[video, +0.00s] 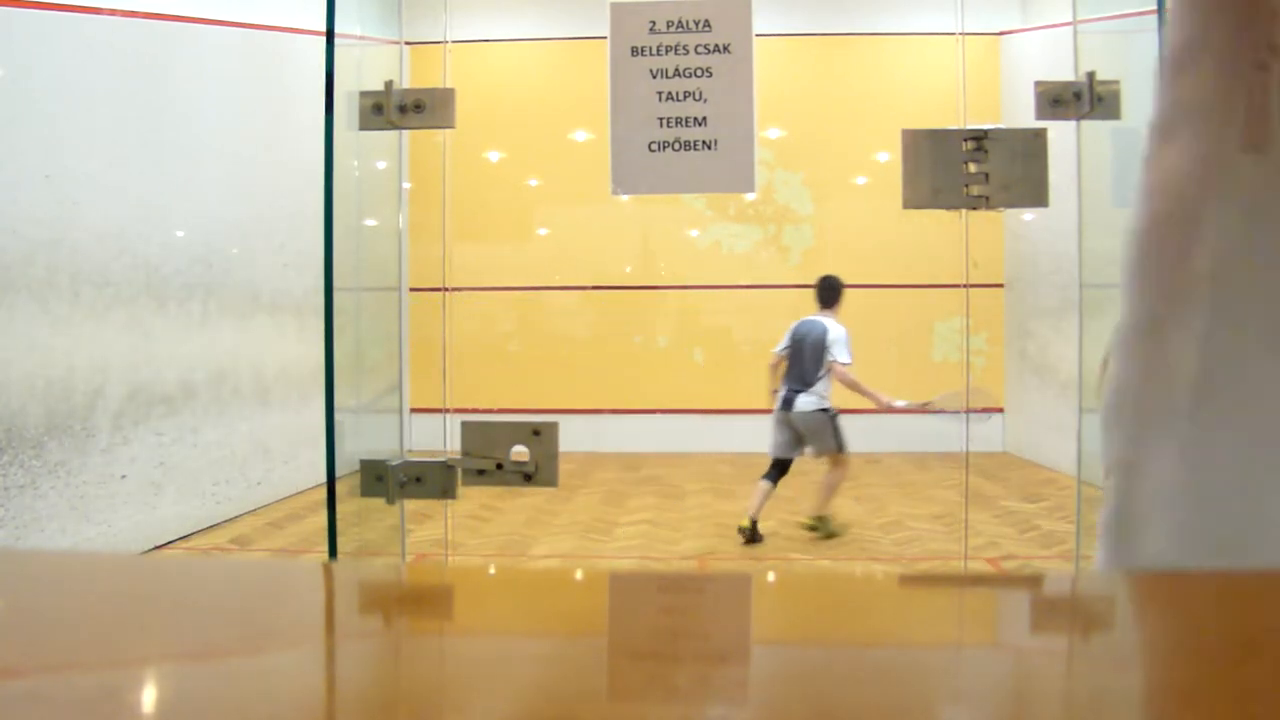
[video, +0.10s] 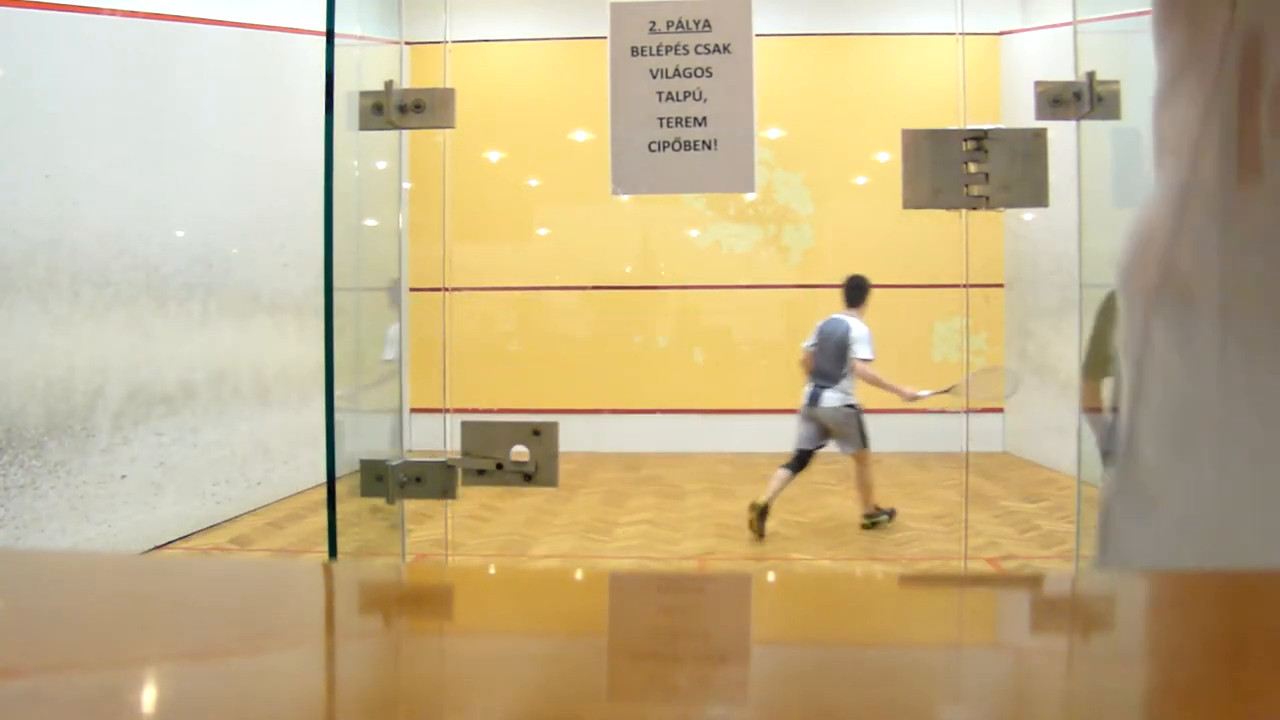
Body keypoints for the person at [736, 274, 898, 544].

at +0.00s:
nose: (839, 300)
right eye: (840, 296)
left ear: (817, 297)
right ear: (839, 298)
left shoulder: (799, 326)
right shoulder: (836, 330)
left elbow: (775, 361)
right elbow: (840, 374)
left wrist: (775, 391)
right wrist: (876, 398)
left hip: (785, 407)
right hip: (813, 409)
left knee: (778, 465)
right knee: (839, 461)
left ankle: (750, 521)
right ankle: (819, 515)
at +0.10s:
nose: (867, 301)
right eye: (867, 296)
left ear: (844, 297)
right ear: (865, 298)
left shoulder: (825, 323)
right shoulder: (858, 329)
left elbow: (805, 357)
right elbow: (860, 370)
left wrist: (819, 382)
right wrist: (901, 391)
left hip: (812, 400)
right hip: (840, 404)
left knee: (799, 458)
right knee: (862, 457)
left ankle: (763, 503)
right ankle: (870, 511)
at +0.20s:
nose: (892, 307)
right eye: (892, 303)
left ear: (869, 302)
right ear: (890, 305)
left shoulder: (848, 328)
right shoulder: (879, 334)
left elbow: (830, 359)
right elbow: (885, 375)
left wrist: (843, 384)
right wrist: (925, 390)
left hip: (835, 405)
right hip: (861, 407)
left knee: (834, 462)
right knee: (886, 457)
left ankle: (800, 486)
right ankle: (876, 513)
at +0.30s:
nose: (913, 311)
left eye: (912, 307)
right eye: (913, 307)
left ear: (891, 302)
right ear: (910, 306)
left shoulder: (867, 325)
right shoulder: (896, 332)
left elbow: (847, 354)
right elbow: (901, 371)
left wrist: (860, 378)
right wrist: (942, 385)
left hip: (851, 401)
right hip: (875, 404)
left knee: (867, 451)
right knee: (894, 457)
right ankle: (878, 510)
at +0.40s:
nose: (930, 312)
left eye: (931, 307)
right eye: (931, 307)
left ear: (909, 302)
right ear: (926, 307)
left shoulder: (885, 322)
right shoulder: (911, 330)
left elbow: (861, 347)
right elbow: (916, 369)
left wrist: (866, 374)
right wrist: (954, 381)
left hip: (866, 395)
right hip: (887, 398)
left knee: (891, 451)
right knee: (902, 454)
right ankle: (880, 504)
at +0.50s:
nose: (945, 318)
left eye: (946, 313)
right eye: (945, 313)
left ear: (924, 307)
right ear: (939, 312)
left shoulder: (901, 326)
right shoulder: (924, 336)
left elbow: (872, 344)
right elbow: (930, 373)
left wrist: (869, 359)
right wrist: (963, 380)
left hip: (881, 398)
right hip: (901, 401)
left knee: (912, 452)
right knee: (912, 457)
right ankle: (885, 501)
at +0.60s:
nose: (953, 331)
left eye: (953, 326)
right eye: (953, 326)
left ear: (933, 321)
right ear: (947, 326)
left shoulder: (910, 338)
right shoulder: (934, 352)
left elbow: (881, 354)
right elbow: (950, 389)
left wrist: (872, 368)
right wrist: (990, 390)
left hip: (897, 410)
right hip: (915, 412)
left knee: (932, 456)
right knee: (931, 464)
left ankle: (953, 490)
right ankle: (898, 494)